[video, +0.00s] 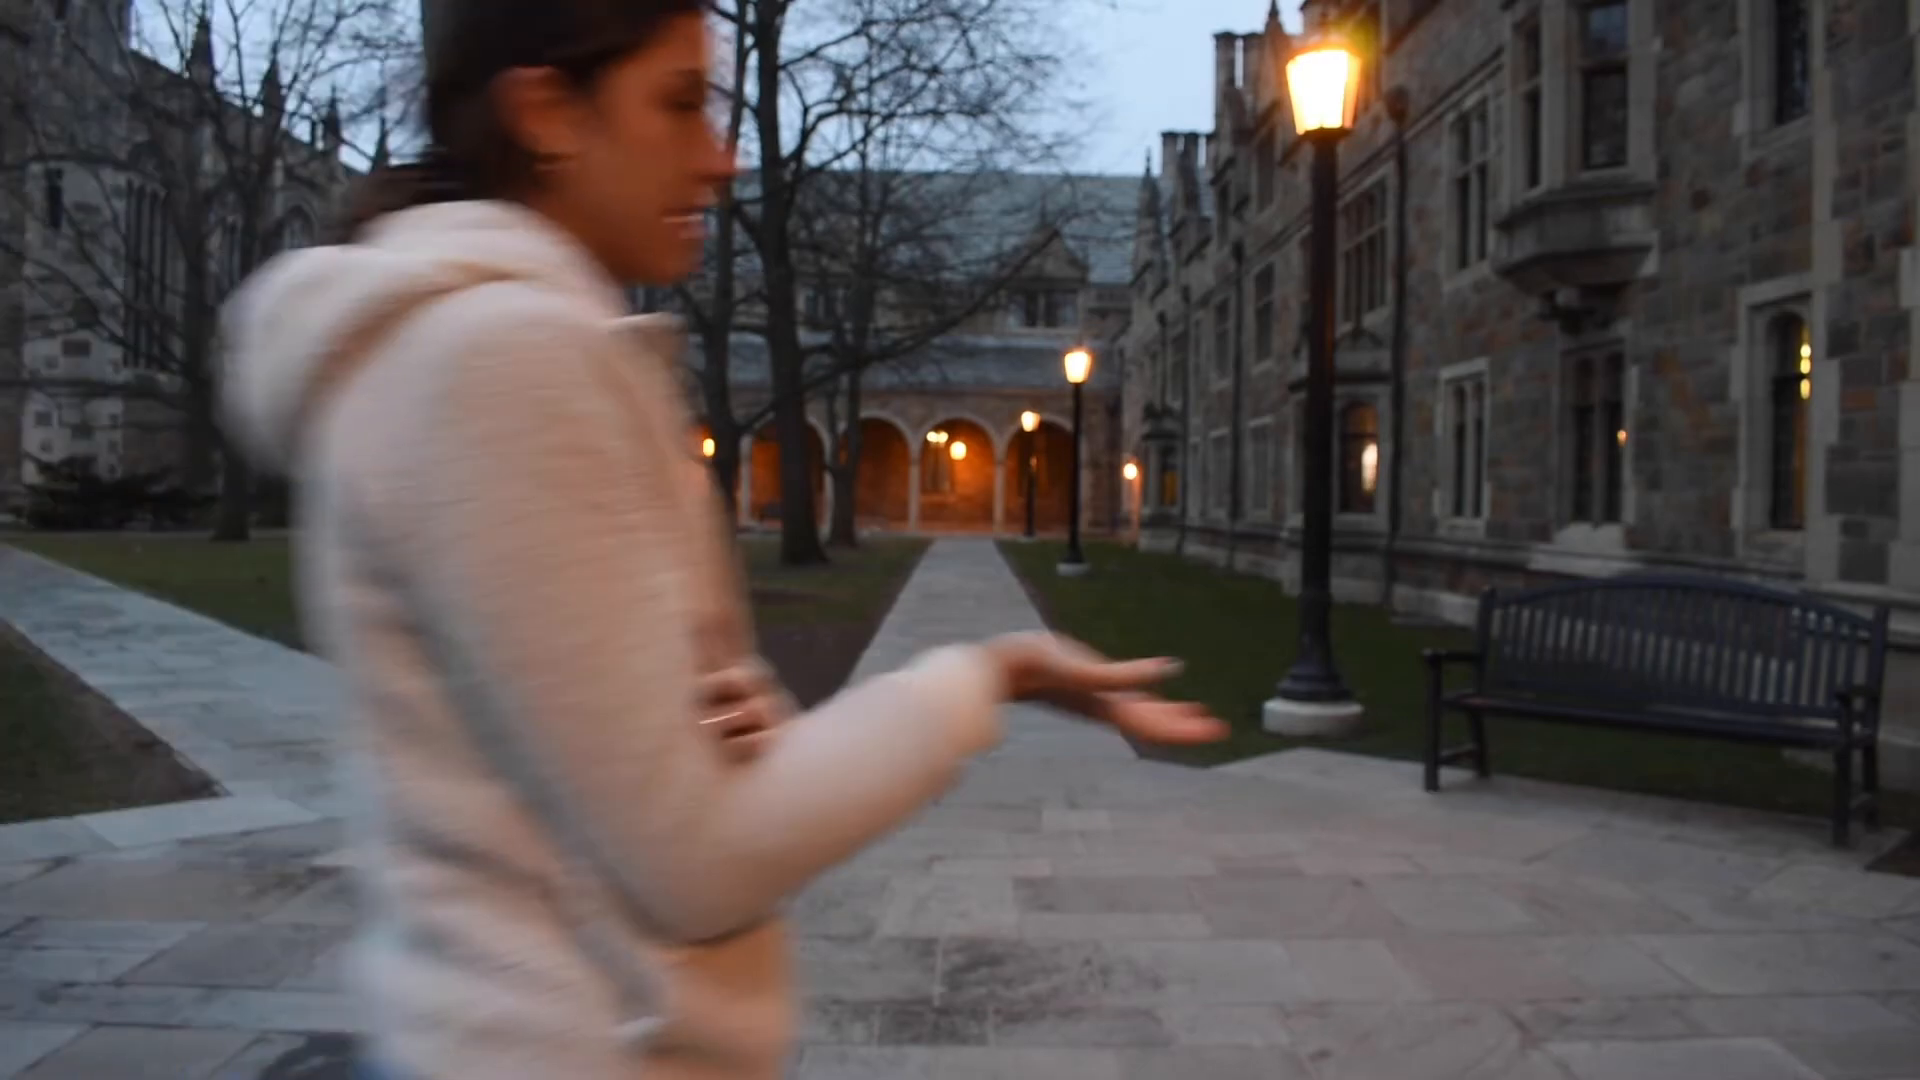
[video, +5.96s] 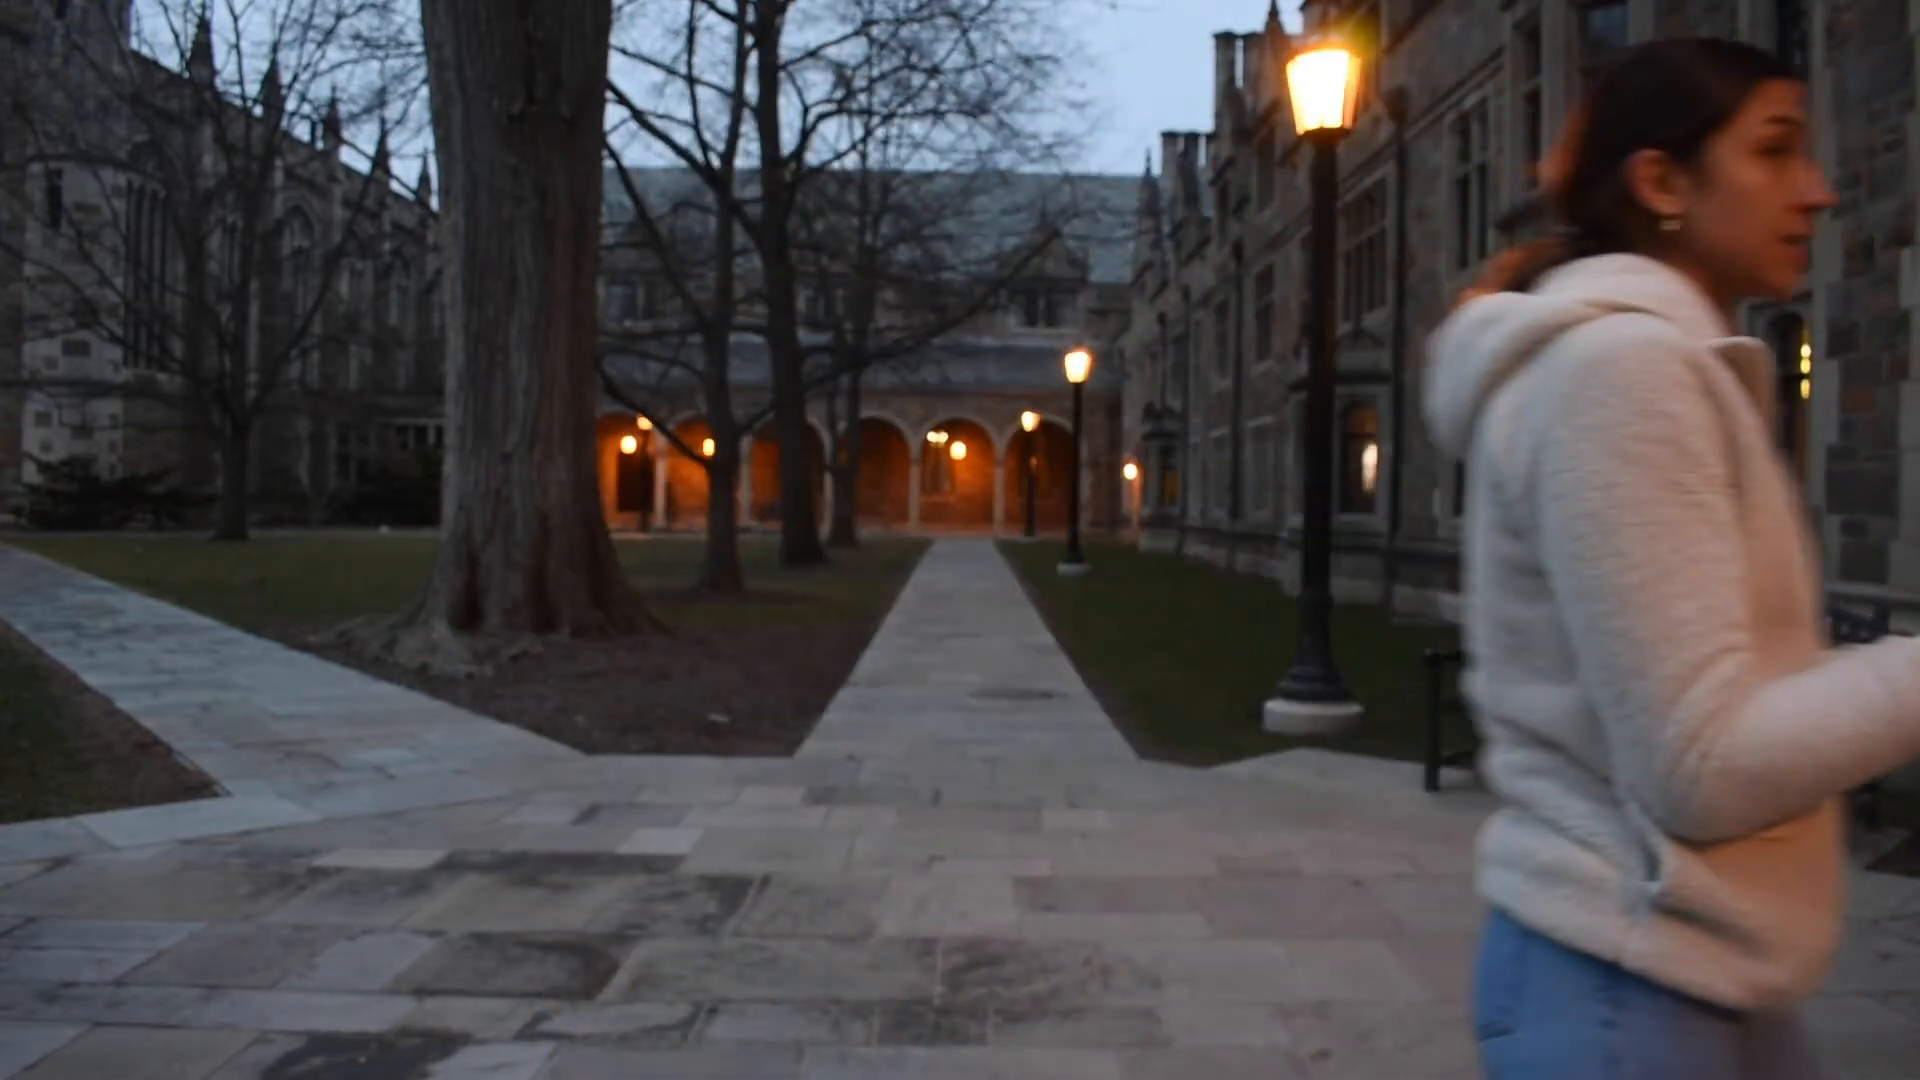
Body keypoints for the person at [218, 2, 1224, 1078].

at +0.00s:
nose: (723, 156)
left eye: (714, 106)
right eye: (685, 102)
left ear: (554, 121)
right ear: (545, 113)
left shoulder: (505, 333)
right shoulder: (504, 351)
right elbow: (690, 862)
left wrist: (747, 717)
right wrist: (984, 674)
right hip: (577, 1045)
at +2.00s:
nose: (1650, 183)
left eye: (1696, 137)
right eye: (1654, 144)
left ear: (1833, 149)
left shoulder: (1898, 353)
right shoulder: (1732, 367)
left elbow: (1767, 770)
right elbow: (1692, 688)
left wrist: (1466, 602)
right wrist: (1460, 586)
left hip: (1824, 1034)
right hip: (1714, 1019)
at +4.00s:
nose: (679, 179)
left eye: (729, 152)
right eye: (666, 145)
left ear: (808, 200)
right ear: (646, 173)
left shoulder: (896, 374)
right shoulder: (581, 374)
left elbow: (860, 709)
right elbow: (533, 712)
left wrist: (603, 613)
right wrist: (498, 617)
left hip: (797, 928)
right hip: (598, 924)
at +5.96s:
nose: (1820, 191)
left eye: (1807, 155)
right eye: (1777, 151)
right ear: (1661, 183)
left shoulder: (1666, 360)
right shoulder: (1619, 367)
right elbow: (1697, 765)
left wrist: (1895, 671)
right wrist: (1907, 673)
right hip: (1618, 988)